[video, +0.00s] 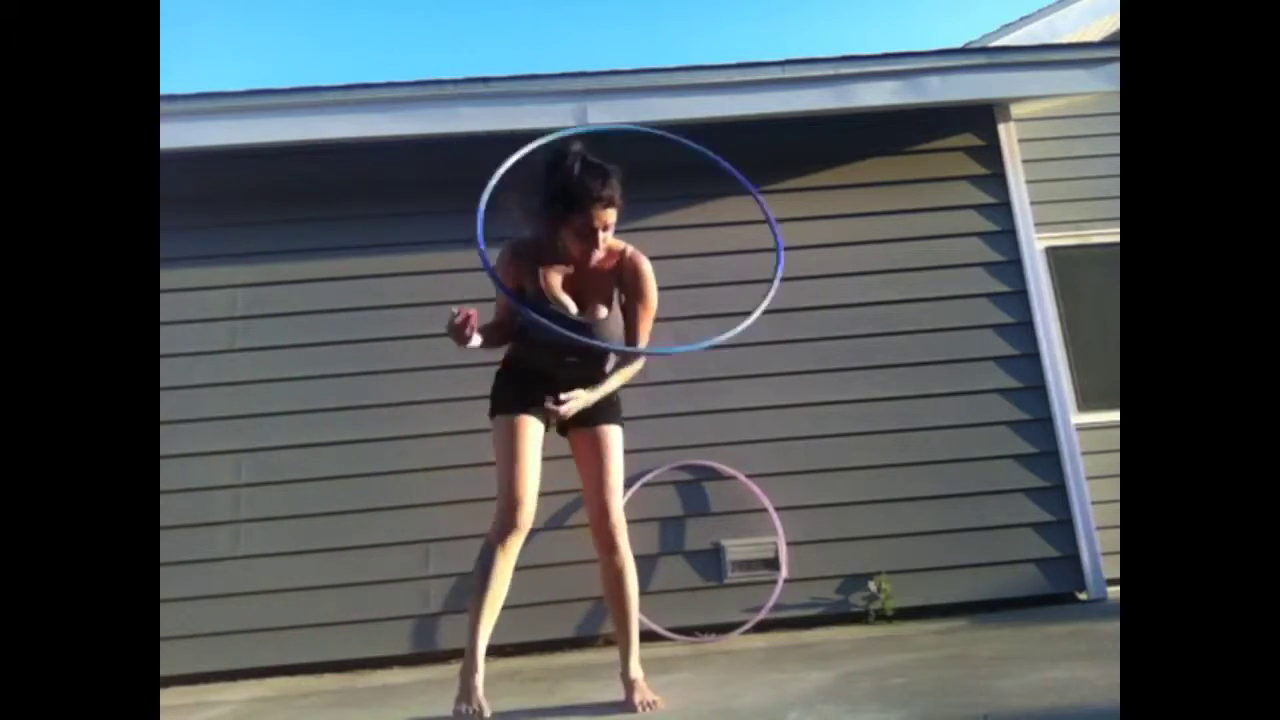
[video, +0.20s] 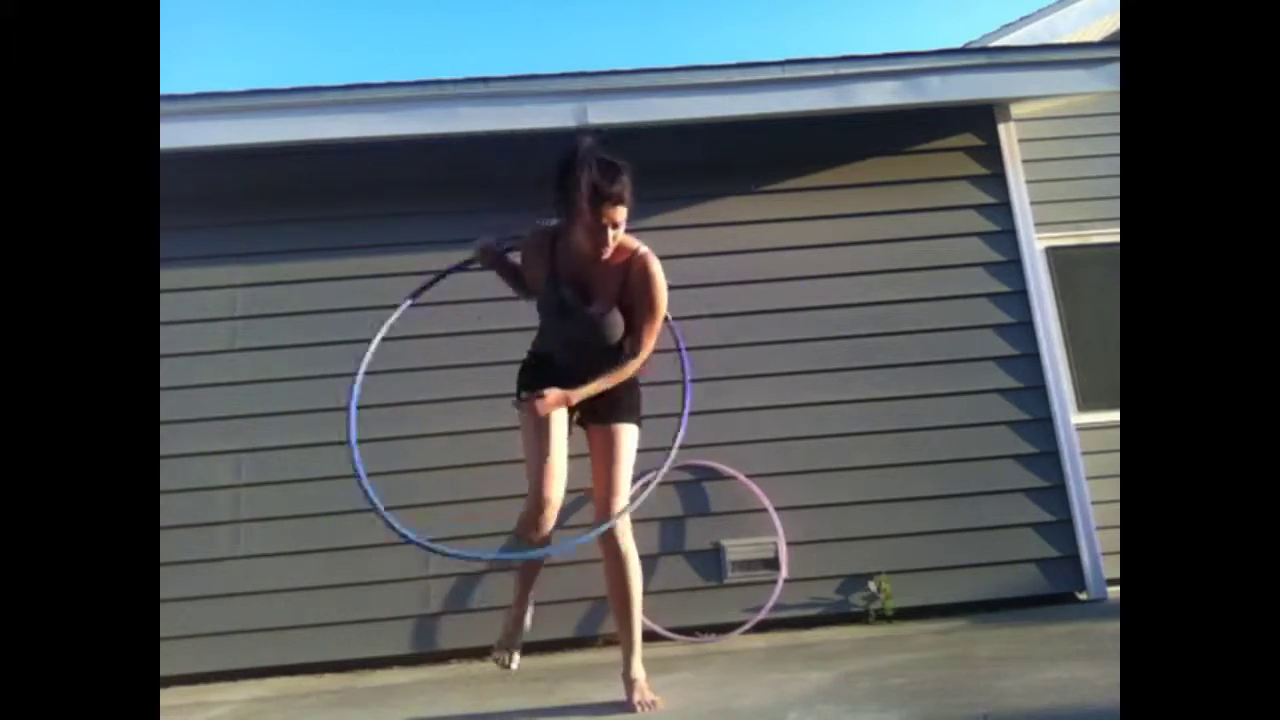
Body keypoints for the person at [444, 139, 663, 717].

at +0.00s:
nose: (599, 240)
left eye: (608, 228)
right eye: (587, 229)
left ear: (617, 217)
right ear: (558, 219)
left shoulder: (631, 267)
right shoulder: (523, 257)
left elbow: (637, 354)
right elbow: (504, 330)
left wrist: (590, 395)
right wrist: (475, 335)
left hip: (599, 384)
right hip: (526, 378)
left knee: (611, 527)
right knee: (515, 517)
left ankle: (633, 669)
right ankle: (473, 668)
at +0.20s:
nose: (612, 234)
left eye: (620, 223)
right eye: (601, 225)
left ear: (629, 211)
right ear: (576, 211)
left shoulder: (641, 266)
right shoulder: (544, 245)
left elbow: (640, 355)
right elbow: (533, 291)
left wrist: (573, 395)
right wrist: (499, 263)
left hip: (614, 379)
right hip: (550, 372)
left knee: (613, 519)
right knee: (544, 509)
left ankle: (634, 666)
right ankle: (517, 614)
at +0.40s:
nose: (611, 244)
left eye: (618, 233)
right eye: (600, 234)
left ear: (629, 220)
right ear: (575, 222)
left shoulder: (645, 268)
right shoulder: (546, 254)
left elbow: (652, 354)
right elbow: (529, 315)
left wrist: (596, 405)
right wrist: (511, 303)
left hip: (626, 382)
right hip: (562, 378)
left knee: (620, 523)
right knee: (568, 511)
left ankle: (635, 666)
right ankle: (559, 627)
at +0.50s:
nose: (602, 252)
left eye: (611, 241)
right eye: (592, 242)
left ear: (626, 224)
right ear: (568, 224)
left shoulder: (650, 270)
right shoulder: (539, 270)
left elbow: (659, 337)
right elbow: (530, 345)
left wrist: (650, 379)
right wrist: (545, 369)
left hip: (628, 380)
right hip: (563, 381)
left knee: (622, 519)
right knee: (578, 515)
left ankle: (635, 668)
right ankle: (582, 663)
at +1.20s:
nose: (618, 269)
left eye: (627, 258)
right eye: (607, 259)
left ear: (640, 247)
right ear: (583, 247)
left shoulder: (658, 284)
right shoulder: (552, 277)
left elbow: (660, 367)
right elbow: (504, 329)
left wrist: (631, 423)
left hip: (629, 392)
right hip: (562, 393)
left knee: (679, 518)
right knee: (584, 528)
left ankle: (734, 646)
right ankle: (604, 673)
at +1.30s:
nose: (615, 267)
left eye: (623, 255)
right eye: (603, 255)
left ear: (637, 242)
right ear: (579, 242)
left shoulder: (659, 285)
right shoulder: (553, 267)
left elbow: (660, 377)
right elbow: (523, 306)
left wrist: (606, 432)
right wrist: (506, 289)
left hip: (637, 394)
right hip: (569, 396)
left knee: (691, 520)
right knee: (587, 531)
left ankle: (759, 647)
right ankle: (605, 674)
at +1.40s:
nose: (626, 268)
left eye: (632, 254)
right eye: (611, 254)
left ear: (637, 239)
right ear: (584, 240)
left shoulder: (666, 288)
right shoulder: (562, 264)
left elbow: (659, 376)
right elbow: (545, 309)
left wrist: (600, 430)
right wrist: (509, 294)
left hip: (645, 388)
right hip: (580, 392)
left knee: (697, 520)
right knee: (592, 527)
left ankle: (763, 653)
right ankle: (605, 675)